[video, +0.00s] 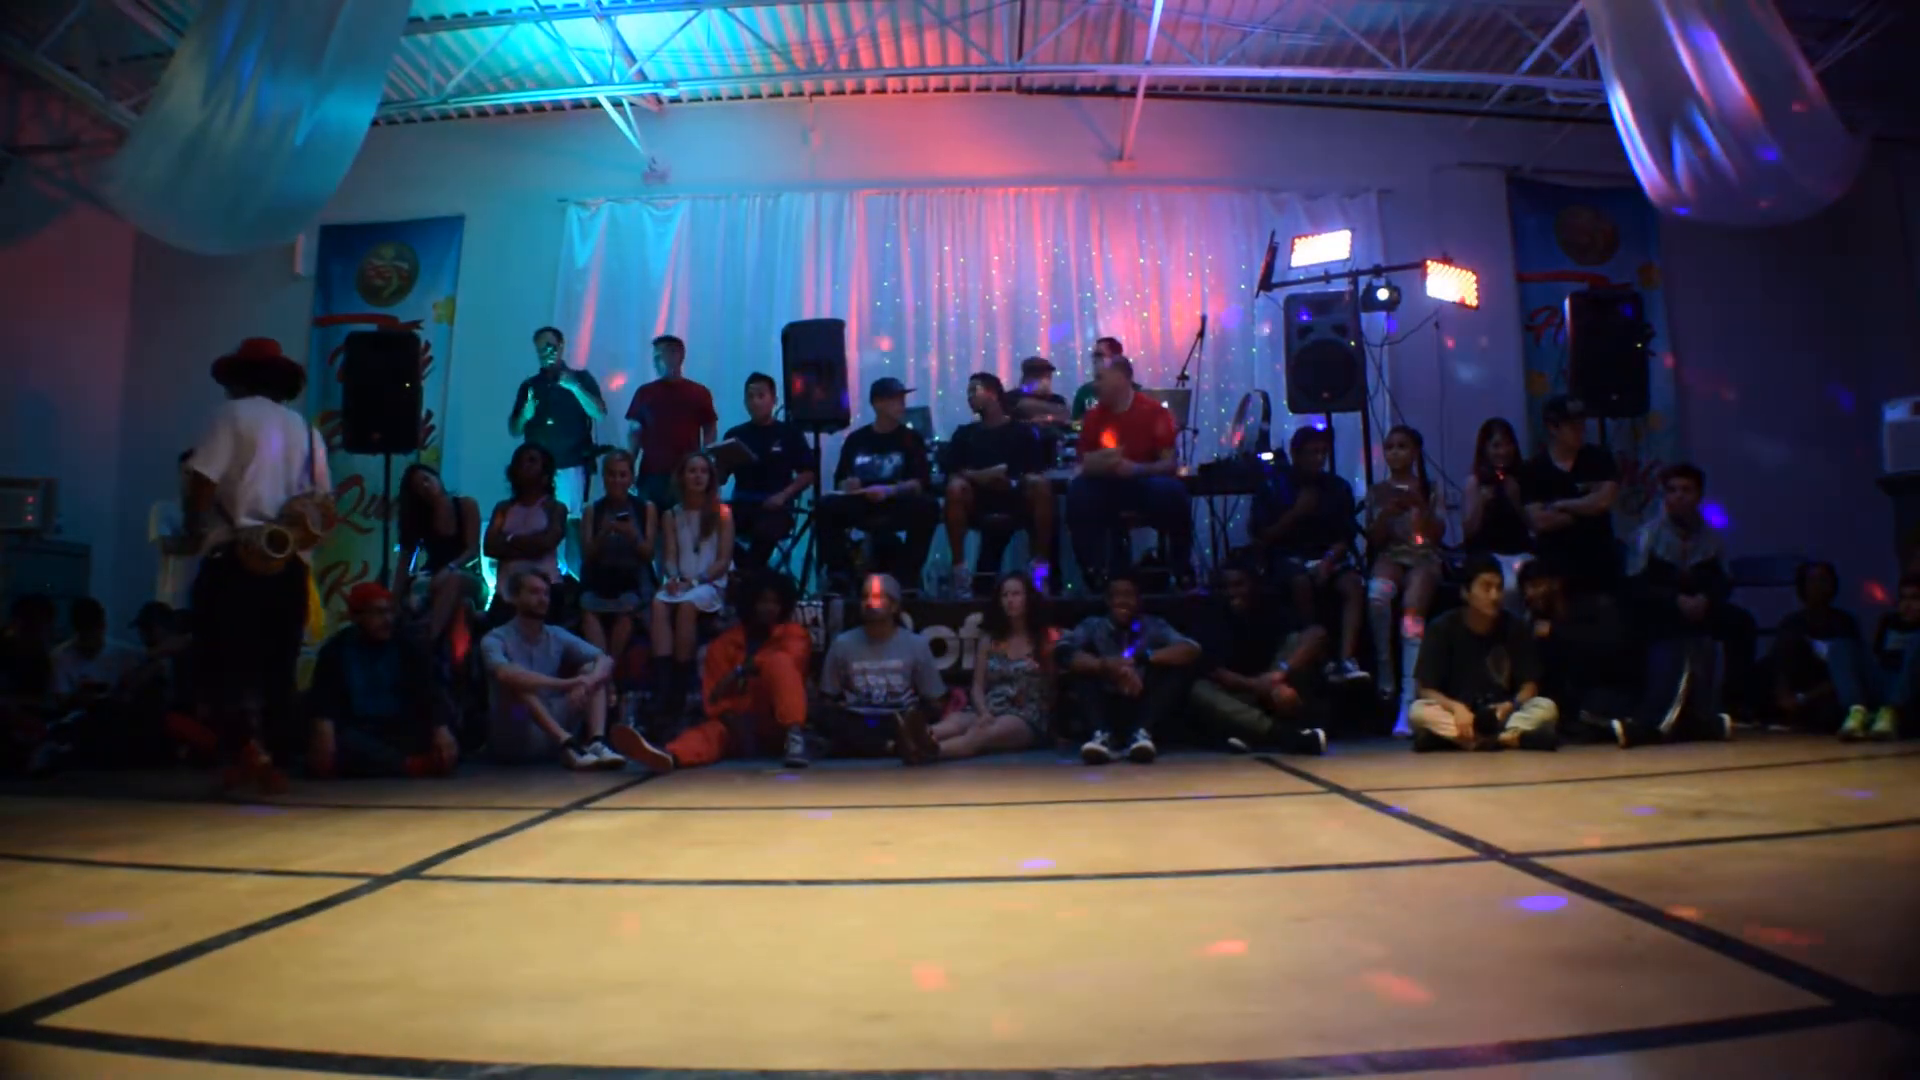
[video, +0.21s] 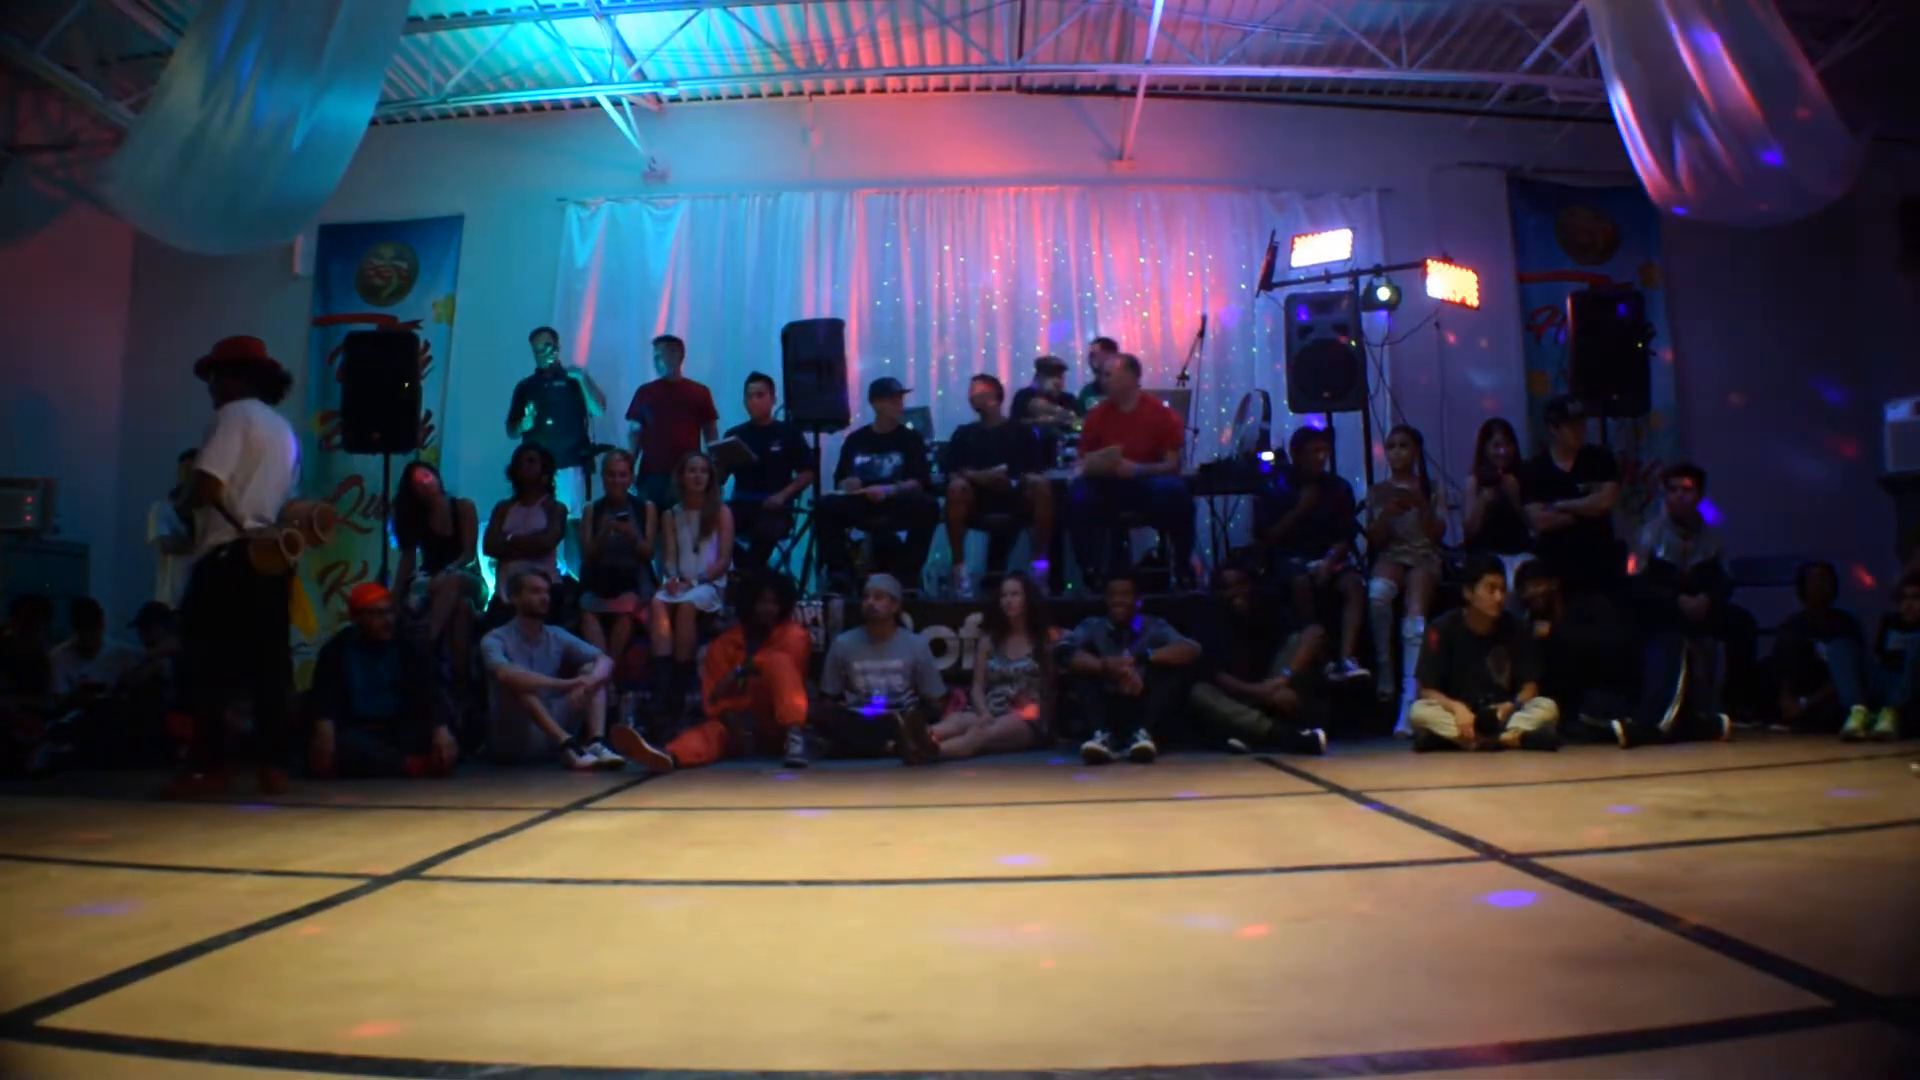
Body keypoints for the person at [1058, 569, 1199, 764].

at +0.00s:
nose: (1122, 601)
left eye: (1128, 595)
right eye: (1117, 595)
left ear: (1137, 600)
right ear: (1108, 600)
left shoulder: (1152, 627)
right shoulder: (1094, 627)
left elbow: (1191, 650)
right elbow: (1063, 652)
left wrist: (1143, 659)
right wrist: (1111, 668)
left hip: (1144, 700)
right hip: (1104, 700)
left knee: (1168, 669)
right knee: (1086, 672)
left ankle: (1143, 733)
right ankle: (1101, 734)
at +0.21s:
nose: (1119, 601)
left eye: (1125, 595)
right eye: (1113, 595)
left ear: (1136, 600)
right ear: (1106, 599)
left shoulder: (1152, 627)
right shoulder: (1093, 628)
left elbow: (1191, 649)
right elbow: (1063, 652)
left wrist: (1143, 658)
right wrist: (1109, 666)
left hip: (1144, 701)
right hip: (1105, 701)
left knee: (1167, 669)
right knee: (1086, 672)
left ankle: (1144, 734)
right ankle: (1101, 734)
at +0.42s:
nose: (1120, 603)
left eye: (1125, 596)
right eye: (1113, 597)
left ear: (1135, 599)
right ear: (1105, 602)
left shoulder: (1151, 627)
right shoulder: (1092, 628)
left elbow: (1191, 649)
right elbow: (1063, 652)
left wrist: (1143, 658)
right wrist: (1110, 666)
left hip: (1144, 701)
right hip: (1104, 701)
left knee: (1167, 669)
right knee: (1083, 674)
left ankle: (1142, 733)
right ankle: (1100, 733)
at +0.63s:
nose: (1128, 604)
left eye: (1132, 597)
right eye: (1120, 598)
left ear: (1138, 600)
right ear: (1107, 603)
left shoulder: (1151, 627)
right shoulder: (1091, 629)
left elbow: (1190, 650)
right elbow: (1062, 653)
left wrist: (1140, 659)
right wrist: (1111, 668)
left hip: (1143, 702)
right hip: (1104, 704)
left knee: (1166, 670)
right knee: (1083, 675)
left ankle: (1142, 733)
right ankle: (1100, 734)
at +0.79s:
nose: (1130, 603)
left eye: (1134, 596)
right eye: (1122, 598)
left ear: (1140, 600)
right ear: (1108, 603)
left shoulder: (1151, 627)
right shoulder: (1092, 629)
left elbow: (1188, 649)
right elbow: (1062, 653)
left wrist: (1139, 660)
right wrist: (1110, 668)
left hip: (1143, 701)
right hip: (1104, 702)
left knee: (1168, 670)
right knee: (1083, 674)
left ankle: (1143, 733)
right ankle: (1100, 734)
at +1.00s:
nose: (1131, 601)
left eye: (1134, 595)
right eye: (1123, 596)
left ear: (1140, 599)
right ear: (1108, 603)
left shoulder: (1151, 626)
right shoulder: (1092, 629)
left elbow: (1189, 649)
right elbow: (1062, 654)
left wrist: (1138, 658)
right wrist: (1107, 667)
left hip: (1144, 701)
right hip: (1104, 702)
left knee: (1165, 669)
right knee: (1083, 673)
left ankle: (1143, 733)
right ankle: (1100, 734)